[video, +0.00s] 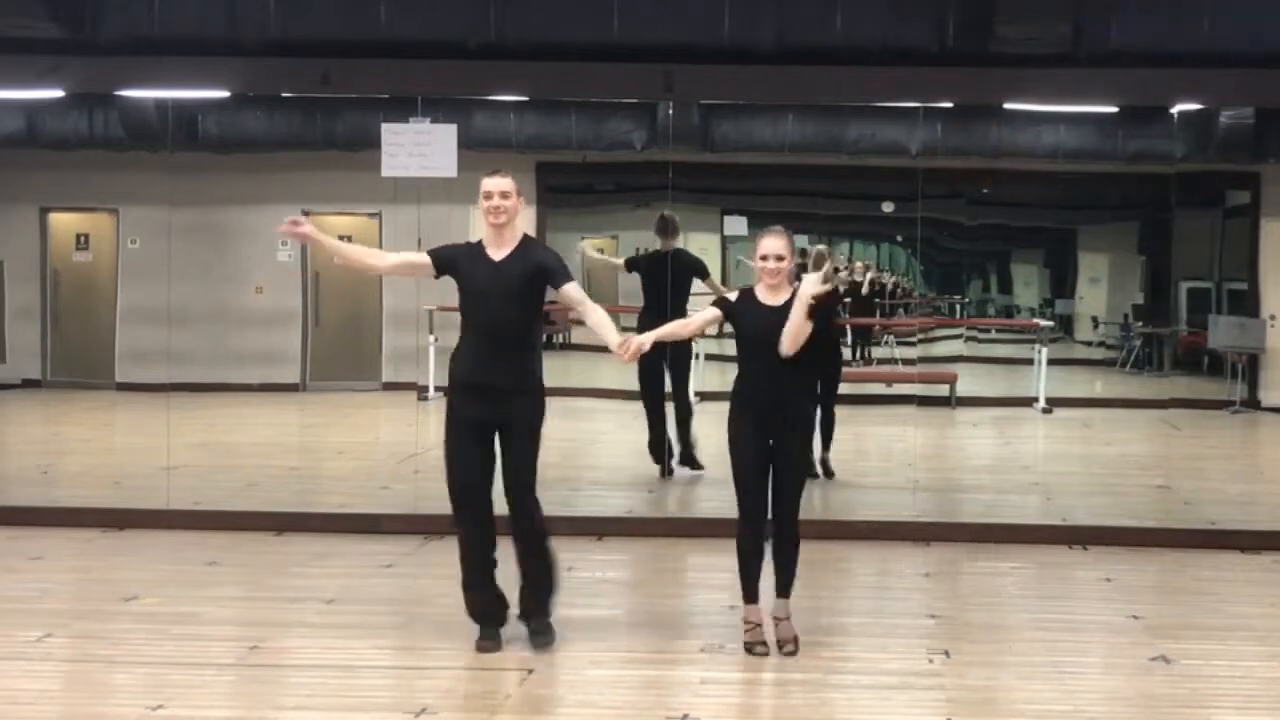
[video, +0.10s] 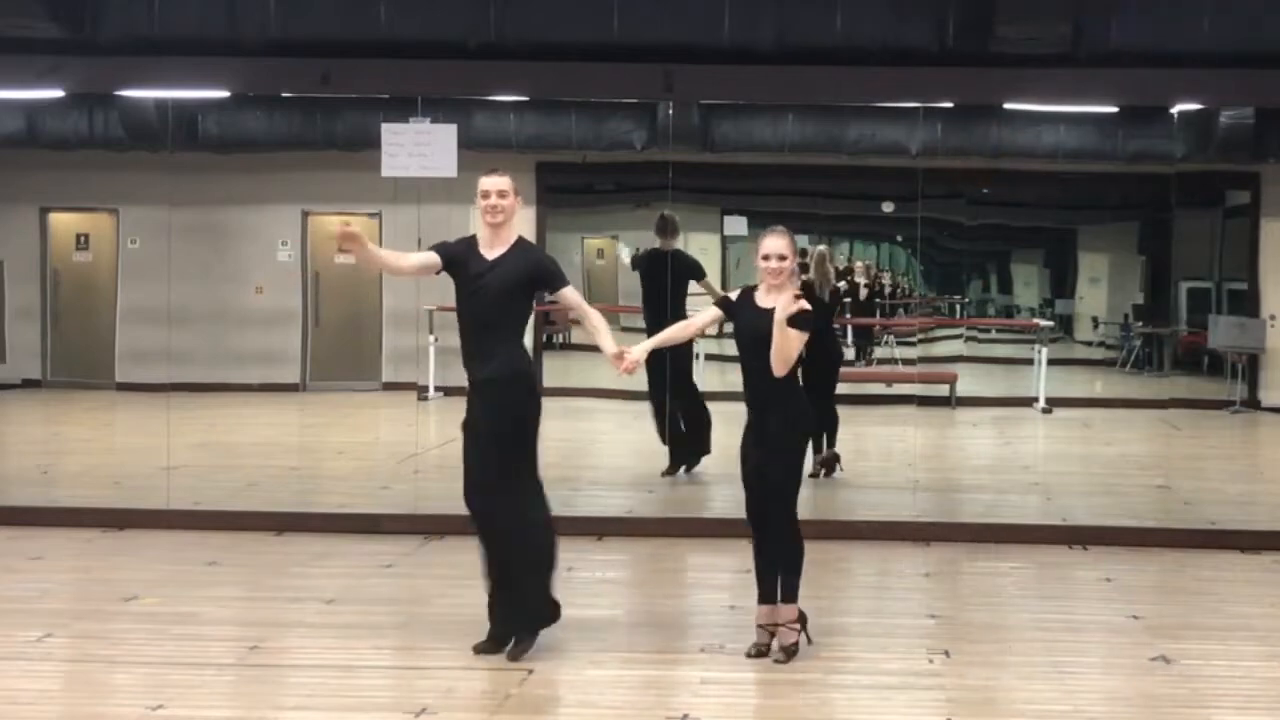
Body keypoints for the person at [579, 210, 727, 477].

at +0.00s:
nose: (668, 237)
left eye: (662, 231)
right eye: (674, 232)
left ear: (656, 233)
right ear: (678, 233)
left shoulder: (646, 260)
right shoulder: (689, 260)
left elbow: (615, 263)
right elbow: (716, 288)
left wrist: (588, 252)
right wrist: (731, 296)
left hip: (650, 337)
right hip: (680, 336)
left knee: (653, 398)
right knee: (681, 395)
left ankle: (662, 458)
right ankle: (687, 453)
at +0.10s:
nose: (667, 237)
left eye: (663, 231)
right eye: (671, 231)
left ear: (656, 232)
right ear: (677, 232)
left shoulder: (645, 258)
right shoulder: (685, 260)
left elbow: (630, 263)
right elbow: (714, 292)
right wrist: (729, 309)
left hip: (655, 335)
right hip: (681, 333)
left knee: (660, 393)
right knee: (684, 388)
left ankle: (676, 450)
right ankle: (697, 442)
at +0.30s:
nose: (674, 240)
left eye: (669, 235)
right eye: (678, 236)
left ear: (658, 235)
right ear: (680, 236)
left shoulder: (646, 259)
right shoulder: (684, 264)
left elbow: (615, 265)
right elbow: (710, 295)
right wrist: (728, 304)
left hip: (655, 338)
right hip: (686, 338)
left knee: (665, 393)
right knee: (697, 391)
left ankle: (675, 448)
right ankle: (696, 450)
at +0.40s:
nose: (678, 243)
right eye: (681, 238)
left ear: (661, 238)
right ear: (681, 239)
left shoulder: (647, 261)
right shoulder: (683, 268)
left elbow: (611, 265)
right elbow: (711, 301)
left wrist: (579, 269)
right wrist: (730, 311)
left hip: (655, 341)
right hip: (677, 343)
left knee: (684, 396)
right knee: (688, 398)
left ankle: (670, 450)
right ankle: (678, 457)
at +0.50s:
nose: (672, 247)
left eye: (667, 242)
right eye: (679, 243)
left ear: (661, 243)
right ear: (682, 245)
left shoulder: (649, 267)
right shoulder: (687, 275)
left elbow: (610, 265)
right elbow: (715, 302)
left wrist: (576, 265)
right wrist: (736, 313)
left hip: (652, 340)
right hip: (675, 342)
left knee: (666, 400)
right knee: (686, 401)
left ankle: (653, 454)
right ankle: (664, 457)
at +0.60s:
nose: (676, 250)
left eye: (669, 246)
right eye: (680, 245)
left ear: (663, 247)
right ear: (685, 247)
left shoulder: (652, 268)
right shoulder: (691, 276)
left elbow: (615, 262)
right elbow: (723, 304)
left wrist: (582, 255)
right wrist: (746, 317)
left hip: (646, 337)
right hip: (668, 340)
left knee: (654, 401)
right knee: (675, 400)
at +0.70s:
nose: (673, 254)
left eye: (670, 249)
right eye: (678, 250)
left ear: (664, 250)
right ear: (686, 252)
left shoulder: (652, 272)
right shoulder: (695, 281)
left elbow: (618, 259)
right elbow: (726, 305)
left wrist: (594, 243)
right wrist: (747, 314)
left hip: (638, 340)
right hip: (664, 345)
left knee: (650, 401)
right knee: (651, 405)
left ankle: (657, 453)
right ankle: (636, 465)